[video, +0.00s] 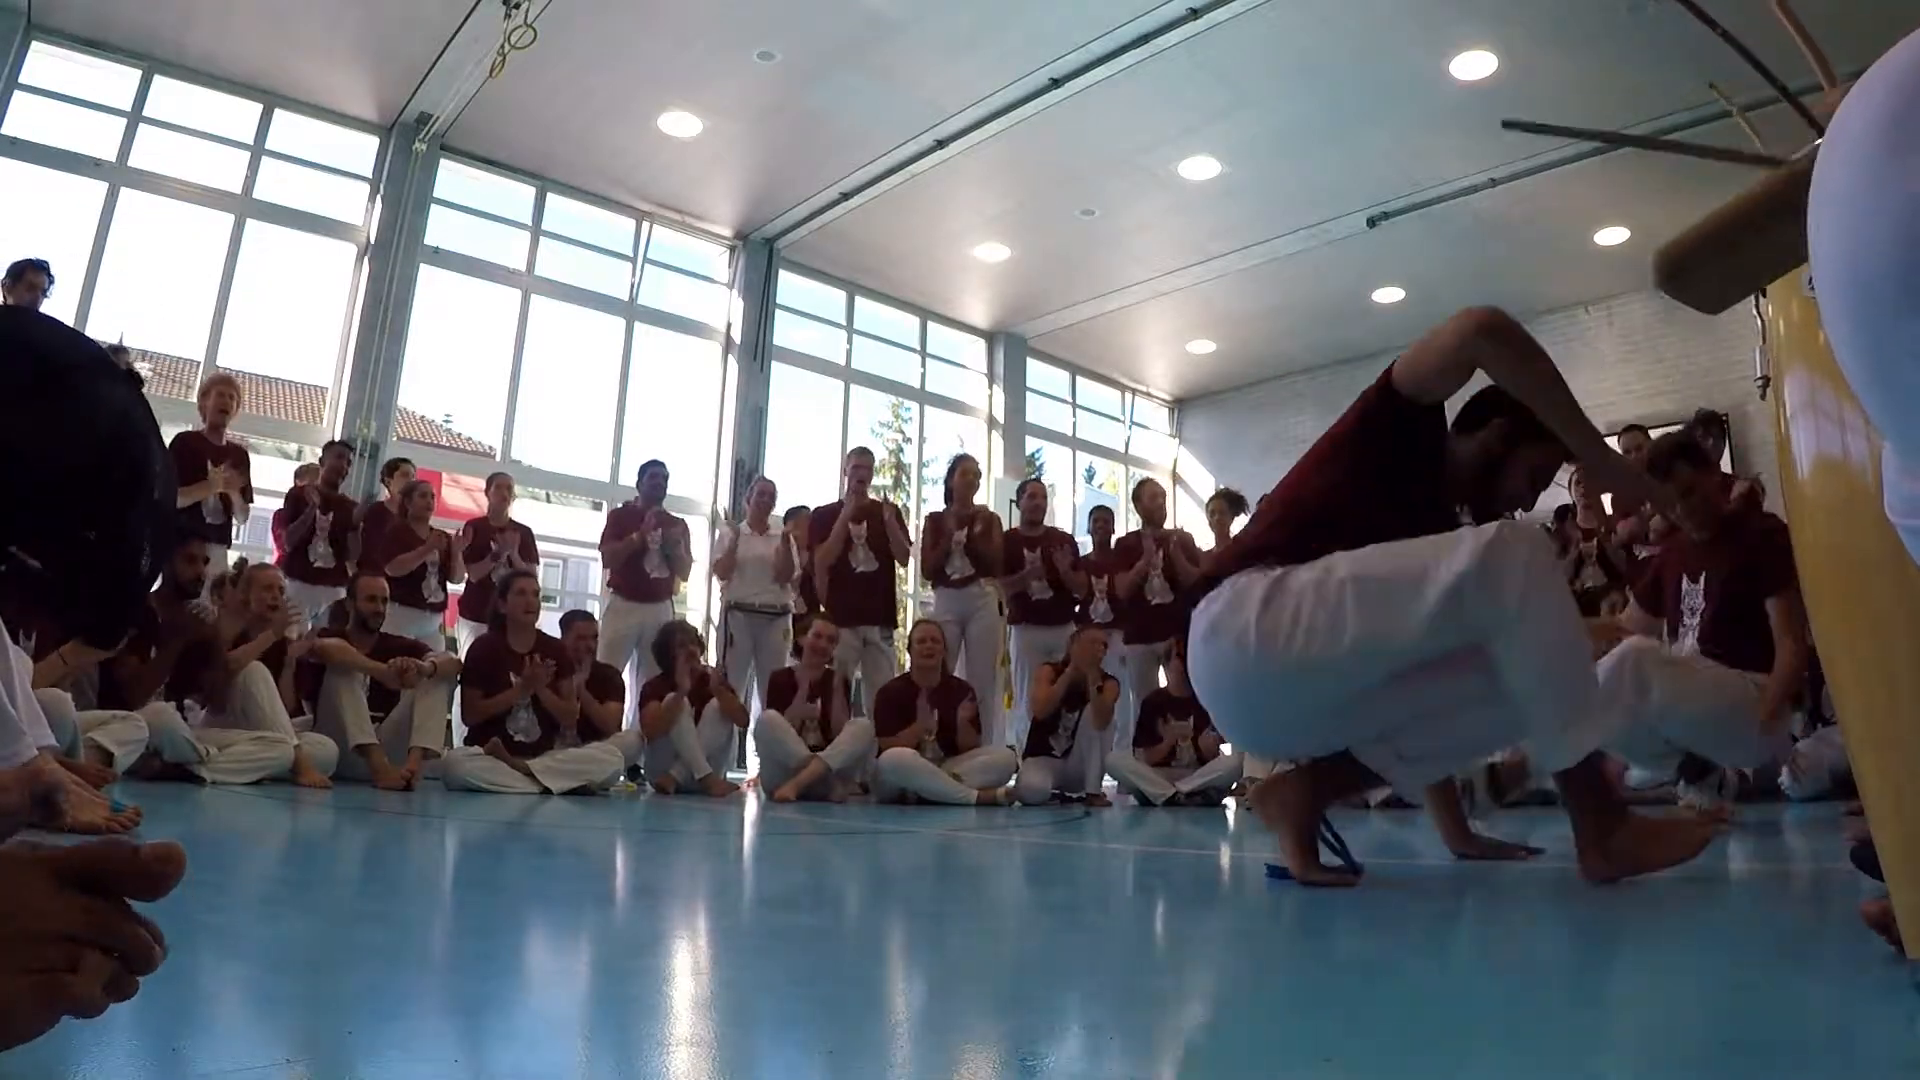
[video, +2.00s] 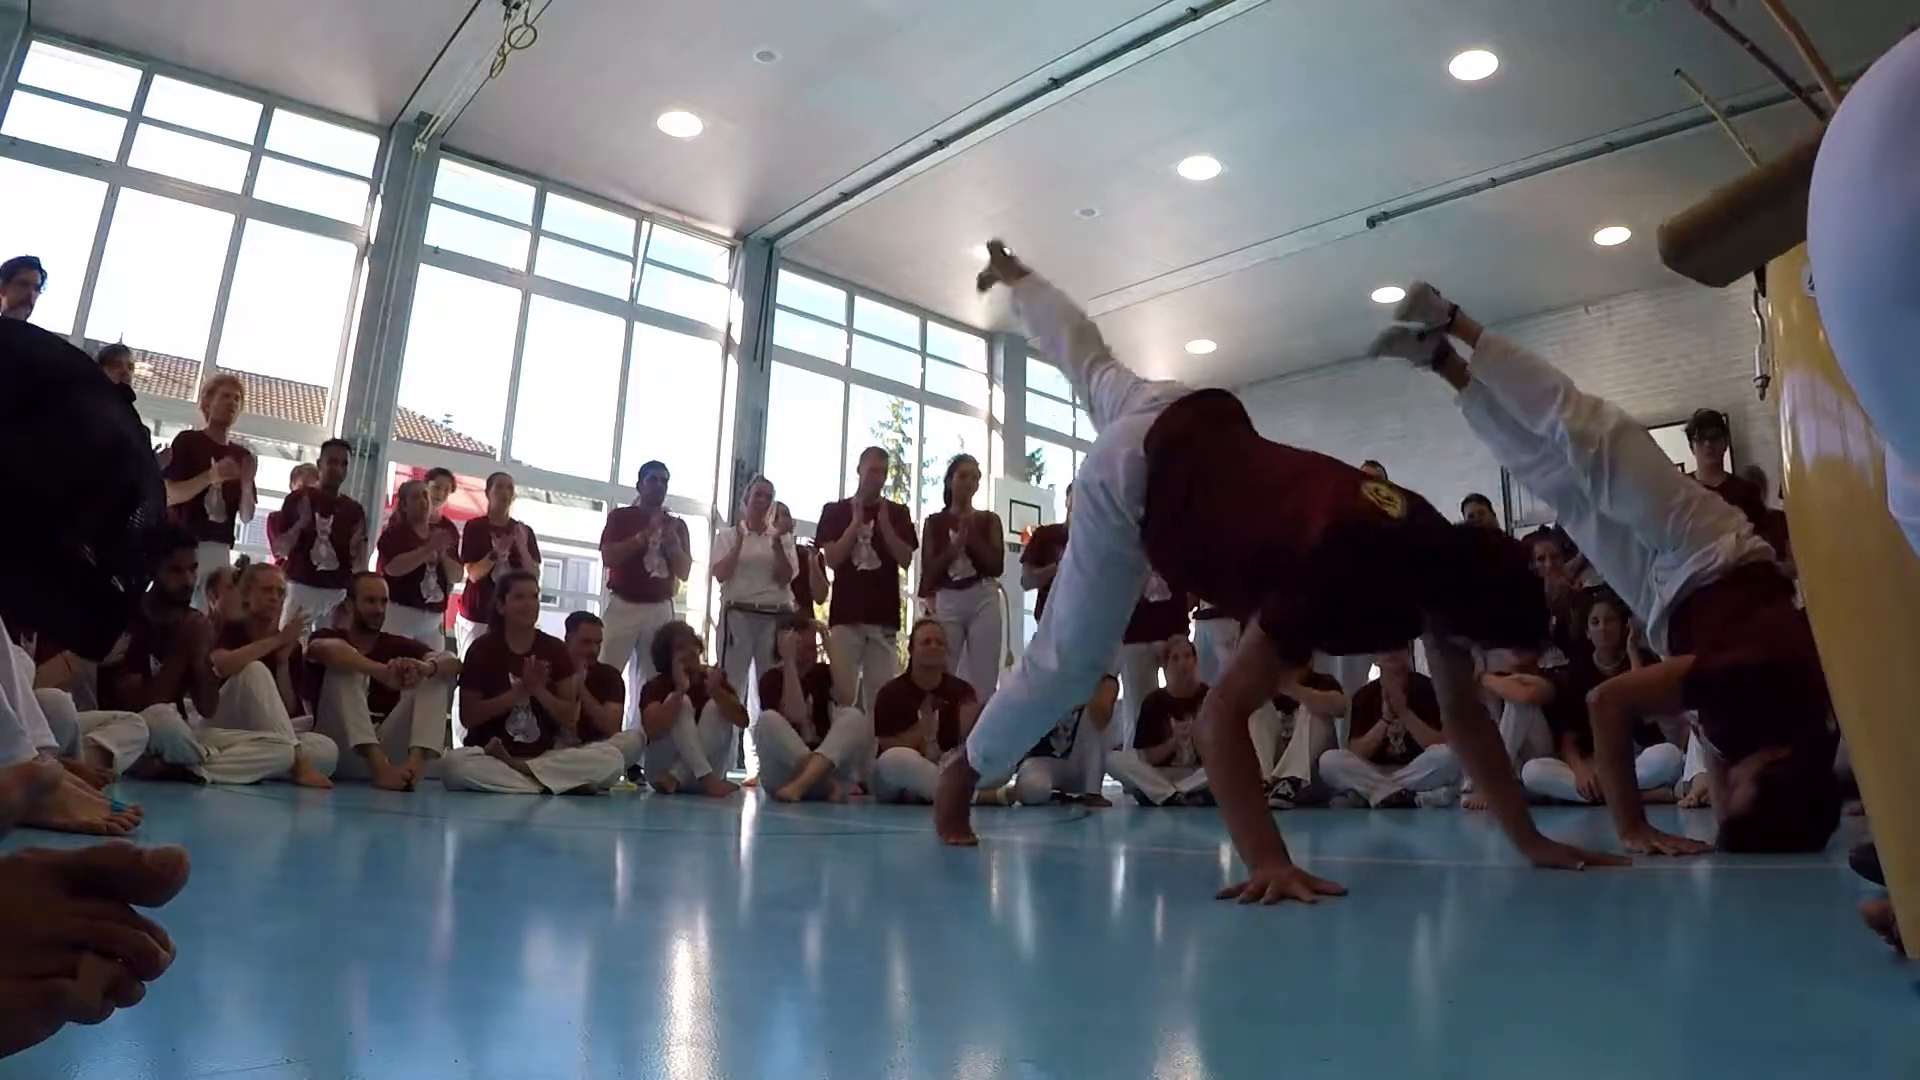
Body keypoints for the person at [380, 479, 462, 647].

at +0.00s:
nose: (429, 502)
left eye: (432, 497)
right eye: (423, 496)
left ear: (436, 502)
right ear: (407, 501)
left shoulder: (441, 537)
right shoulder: (397, 532)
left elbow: (456, 579)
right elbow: (392, 569)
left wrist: (457, 551)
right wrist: (427, 548)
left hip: (434, 614)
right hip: (401, 610)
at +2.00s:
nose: (424, 502)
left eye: (426, 496)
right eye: (417, 497)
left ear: (431, 500)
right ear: (403, 504)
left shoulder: (440, 534)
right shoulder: (392, 535)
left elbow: (457, 577)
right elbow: (392, 569)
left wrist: (443, 554)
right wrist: (430, 548)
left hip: (434, 615)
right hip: (400, 612)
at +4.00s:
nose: (425, 501)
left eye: (429, 497)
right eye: (419, 496)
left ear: (433, 502)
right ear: (406, 502)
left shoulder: (440, 536)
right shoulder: (394, 532)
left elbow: (458, 575)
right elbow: (392, 569)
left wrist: (441, 556)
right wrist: (428, 549)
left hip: (434, 614)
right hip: (400, 610)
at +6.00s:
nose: (428, 501)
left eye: (430, 497)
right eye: (421, 496)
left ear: (434, 502)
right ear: (406, 502)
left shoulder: (441, 537)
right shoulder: (395, 532)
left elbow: (457, 577)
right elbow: (389, 567)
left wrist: (445, 553)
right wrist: (425, 549)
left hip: (434, 614)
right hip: (402, 611)